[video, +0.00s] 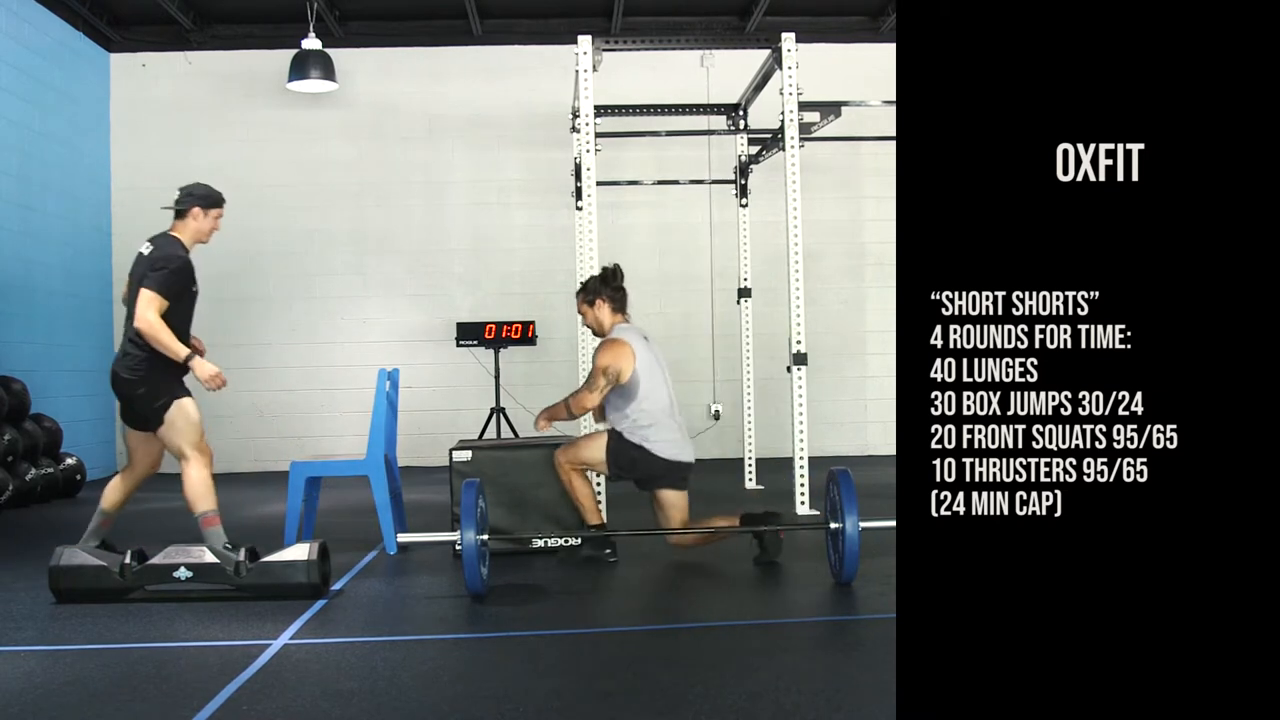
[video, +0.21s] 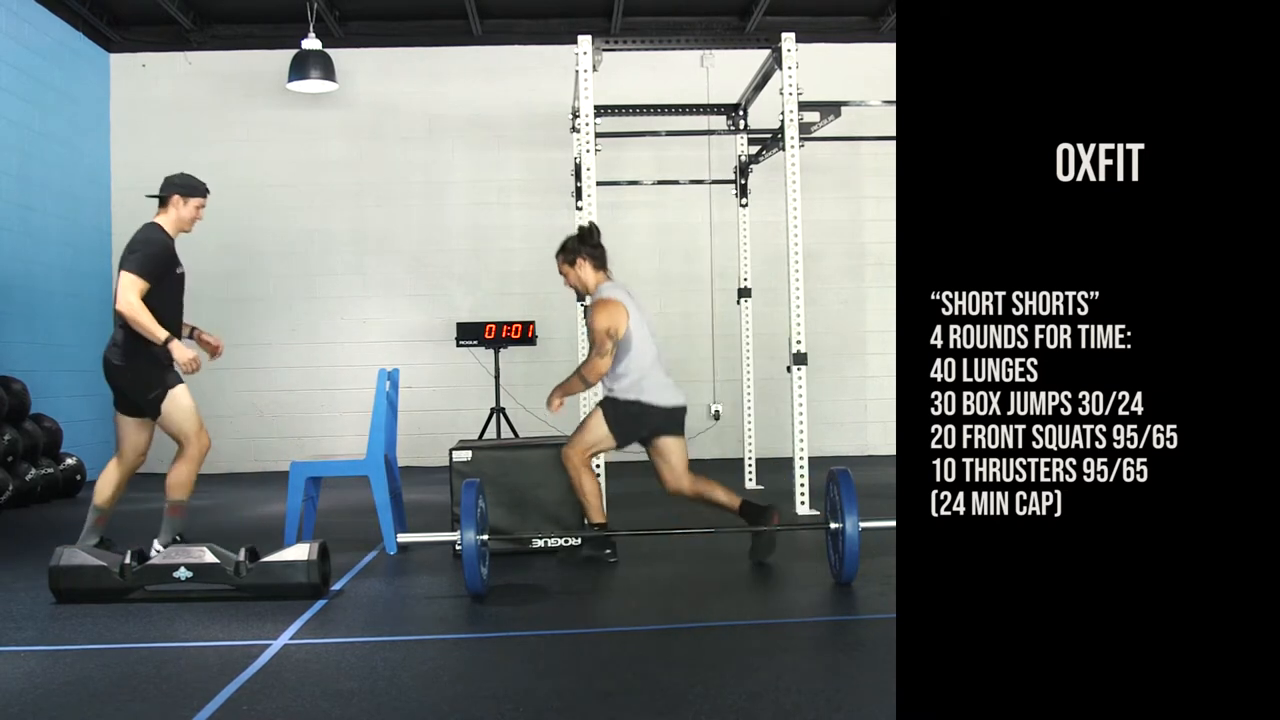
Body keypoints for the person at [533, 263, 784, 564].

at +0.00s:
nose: (584, 322)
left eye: (583, 313)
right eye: (581, 315)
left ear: (600, 305)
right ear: (614, 305)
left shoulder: (612, 348)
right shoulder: (638, 340)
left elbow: (585, 401)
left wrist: (549, 414)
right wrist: (603, 408)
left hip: (643, 447)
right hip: (673, 452)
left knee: (565, 458)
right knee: (680, 534)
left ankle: (599, 538)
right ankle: (755, 522)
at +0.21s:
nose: (565, 282)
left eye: (565, 274)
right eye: (563, 275)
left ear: (582, 265)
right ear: (591, 263)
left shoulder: (603, 307)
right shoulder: (621, 296)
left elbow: (598, 365)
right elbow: (618, 357)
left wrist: (561, 391)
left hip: (634, 403)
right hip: (666, 404)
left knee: (573, 453)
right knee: (678, 481)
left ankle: (600, 536)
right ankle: (758, 514)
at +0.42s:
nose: (559, 254)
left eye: (559, 246)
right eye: (556, 248)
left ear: (575, 238)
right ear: (587, 236)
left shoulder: (592, 275)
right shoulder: (615, 267)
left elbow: (609, 329)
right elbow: (638, 321)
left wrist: (590, 372)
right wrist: (611, 363)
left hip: (632, 376)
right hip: (658, 374)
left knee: (595, 448)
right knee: (645, 446)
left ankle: (602, 536)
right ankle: (701, 507)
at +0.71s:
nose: (577, 254)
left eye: (577, 246)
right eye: (574, 248)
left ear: (595, 238)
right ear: (601, 238)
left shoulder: (613, 268)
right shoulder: (625, 268)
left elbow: (650, 300)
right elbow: (663, 310)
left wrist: (629, 351)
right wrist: (645, 351)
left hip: (640, 372)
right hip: (653, 372)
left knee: (617, 448)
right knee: (641, 446)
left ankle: (613, 530)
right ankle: (666, 516)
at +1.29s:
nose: (575, 260)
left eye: (578, 252)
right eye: (573, 253)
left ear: (599, 249)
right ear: (595, 252)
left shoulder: (608, 283)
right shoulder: (601, 284)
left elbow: (570, 322)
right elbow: (569, 321)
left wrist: (541, 300)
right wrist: (541, 301)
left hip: (655, 382)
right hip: (639, 384)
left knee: (637, 454)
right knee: (622, 447)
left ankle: (683, 517)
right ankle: (662, 514)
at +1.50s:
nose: (540, 214)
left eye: (539, 205)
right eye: (536, 207)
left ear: (555, 190)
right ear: (555, 190)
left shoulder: (585, 215)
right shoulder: (580, 218)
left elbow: (567, 263)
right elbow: (566, 276)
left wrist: (516, 254)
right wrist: (518, 265)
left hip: (637, 300)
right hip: (621, 301)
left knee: (589, 352)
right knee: (576, 355)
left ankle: (635, 415)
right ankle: (632, 413)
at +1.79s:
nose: (509, 204)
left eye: (508, 195)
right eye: (505, 199)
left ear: (524, 181)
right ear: (525, 183)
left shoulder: (559, 209)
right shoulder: (549, 213)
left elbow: (589, 254)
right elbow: (584, 256)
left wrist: (579, 303)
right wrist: (575, 302)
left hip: (603, 297)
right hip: (596, 296)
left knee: (547, 348)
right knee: (546, 347)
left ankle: (572, 424)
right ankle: (571, 423)